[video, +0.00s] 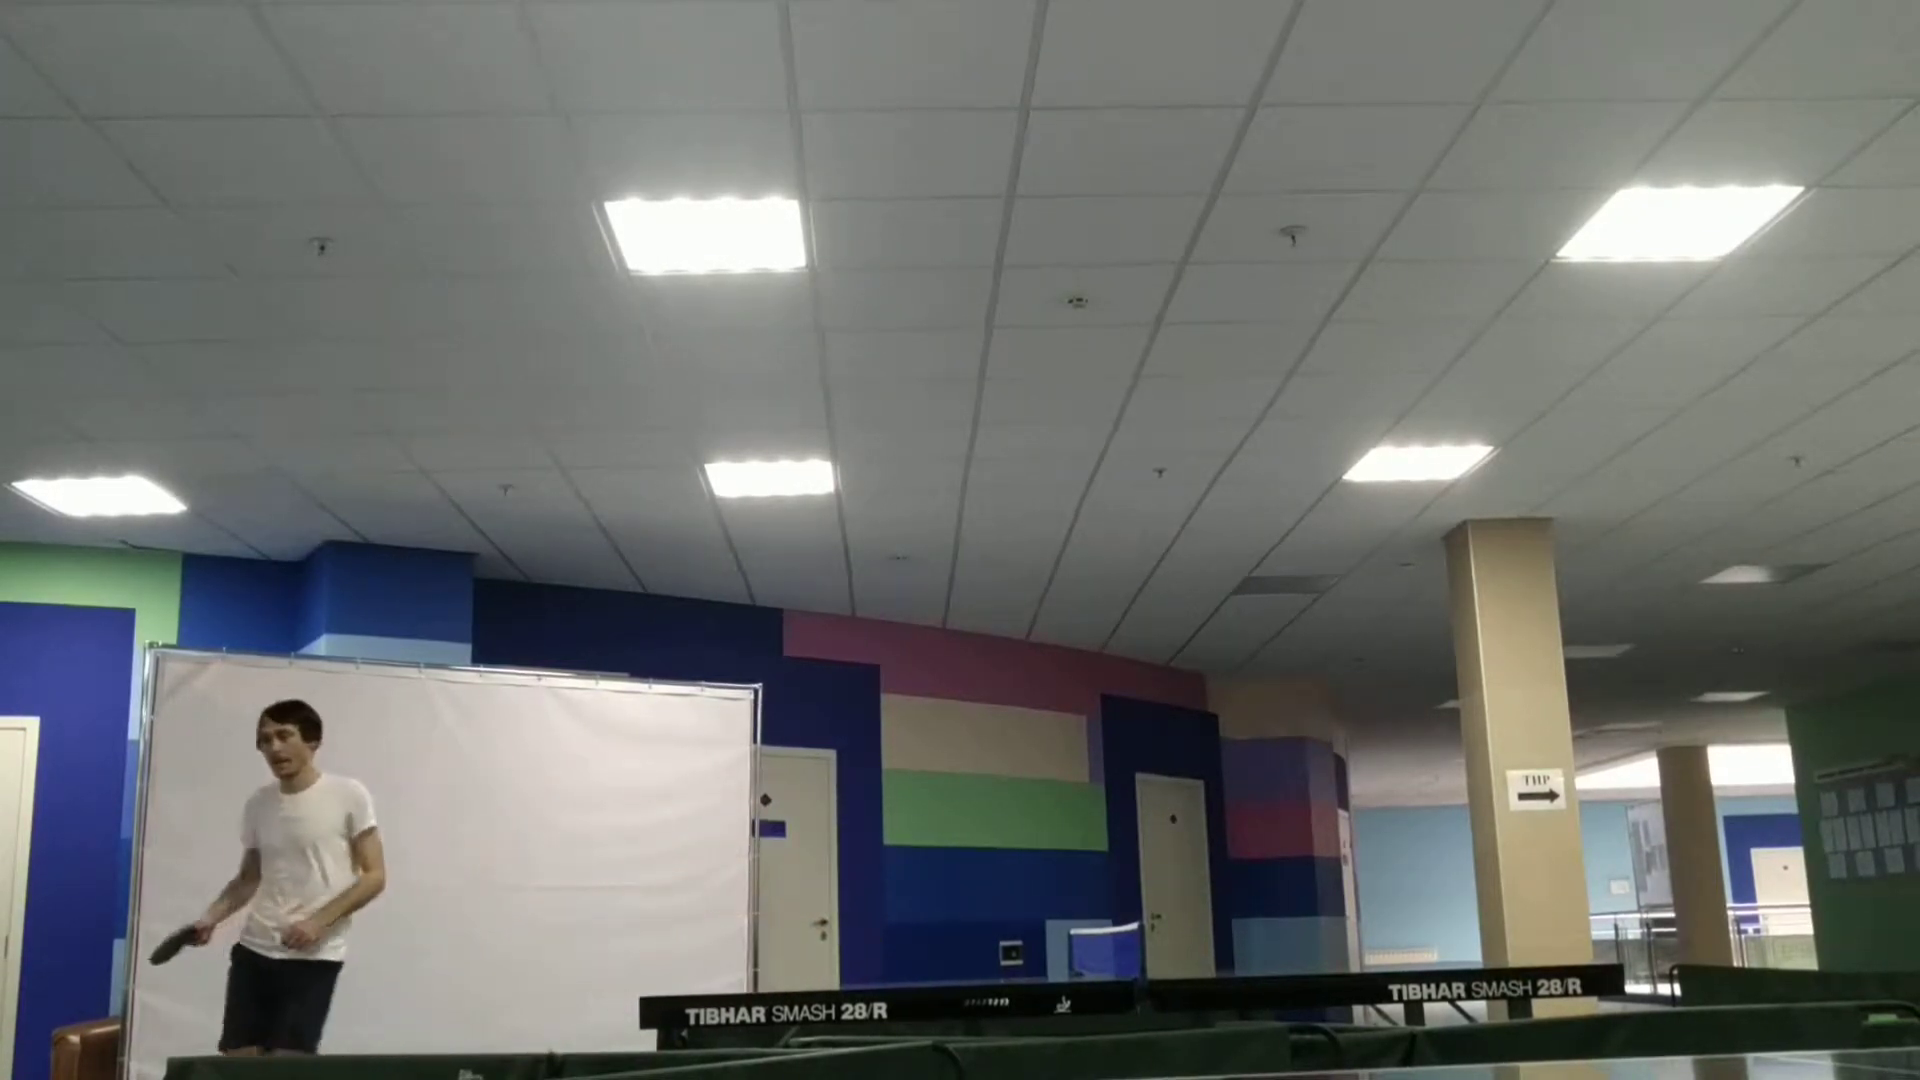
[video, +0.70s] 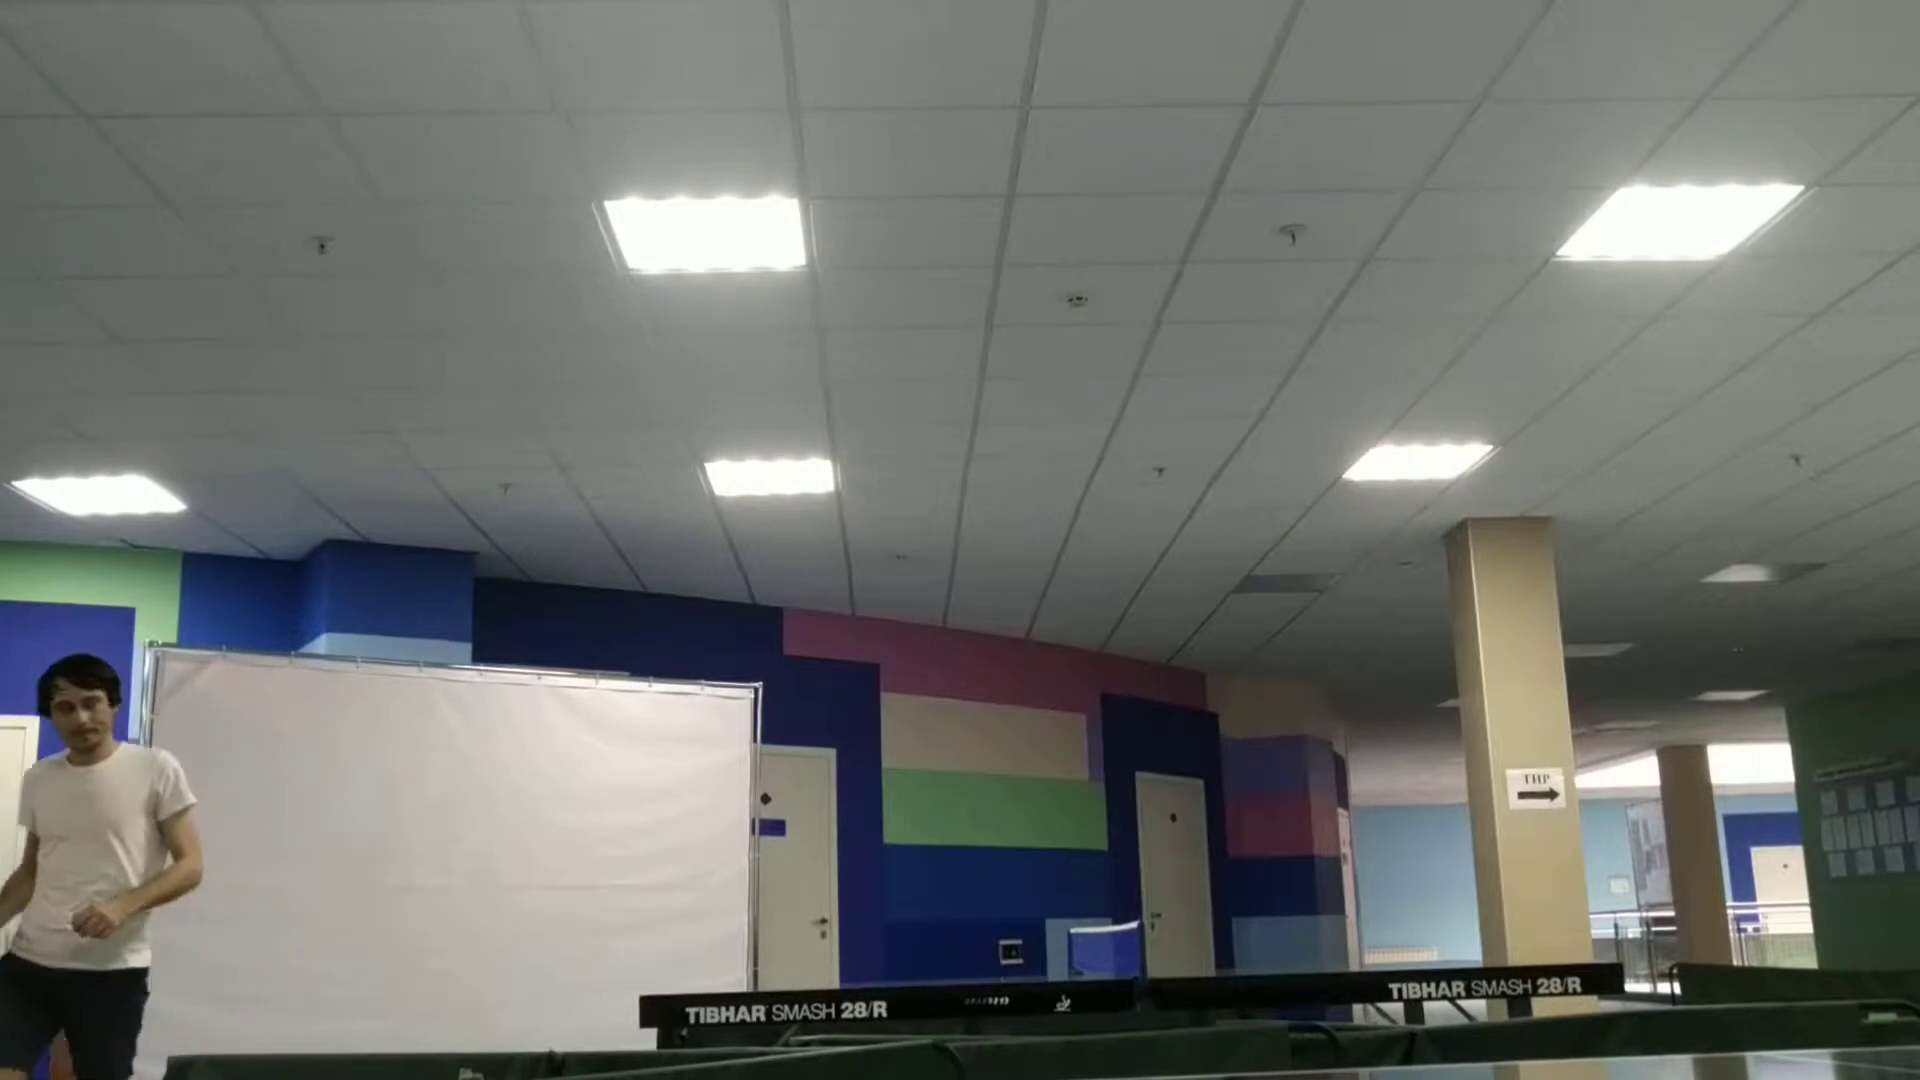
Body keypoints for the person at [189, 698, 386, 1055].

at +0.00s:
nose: (275, 748)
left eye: (284, 737)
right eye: (266, 741)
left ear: (312, 742)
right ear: (260, 749)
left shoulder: (349, 796)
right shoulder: (259, 804)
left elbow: (374, 878)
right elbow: (249, 877)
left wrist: (318, 923)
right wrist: (210, 919)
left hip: (313, 959)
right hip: (254, 953)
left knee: (288, 1062)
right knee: (239, 1059)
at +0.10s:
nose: (250, 741)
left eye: (260, 729)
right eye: (241, 732)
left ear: (288, 733)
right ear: (234, 740)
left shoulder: (324, 791)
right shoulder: (226, 795)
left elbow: (349, 873)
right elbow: (195, 868)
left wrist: (298, 924)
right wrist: (163, 899)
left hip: (284, 955)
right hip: (224, 953)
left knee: (240, 1061)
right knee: (218, 1067)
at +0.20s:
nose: (225, 746)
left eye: (236, 734)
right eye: (216, 736)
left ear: (263, 738)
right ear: (207, 742)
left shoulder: (296, 798)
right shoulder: (195, 797)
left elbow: (320, 881)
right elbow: (146, 867)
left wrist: (275, 936)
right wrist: (124, 888)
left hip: (248, 968)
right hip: (189, 963)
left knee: (210, 1069)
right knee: (195, 1070)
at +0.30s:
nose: (197, 747)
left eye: (209, 735)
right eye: (188, 737)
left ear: (235, 738)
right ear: (179, 742)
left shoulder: (269, 801)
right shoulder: (163, 796)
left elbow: (288, 888)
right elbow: (112, 866)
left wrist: (244, 946)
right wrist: (90, 886)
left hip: (212, 968)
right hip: (151, 965)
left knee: (161, 1071)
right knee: (162, 1073)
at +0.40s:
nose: (167, 740)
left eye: (178, 728)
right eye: (158, 730)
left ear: (206, 730)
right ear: (149, 734)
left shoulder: (241, 795)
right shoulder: (133, 786)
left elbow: (258, 886)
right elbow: (84, 867)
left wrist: (209, 944)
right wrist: (61, 897)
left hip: (181, 967)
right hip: (118, 964)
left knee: (130, 1072)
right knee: (111, 1072)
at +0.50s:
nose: (136, 727)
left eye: (147, 715)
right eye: (125, 717)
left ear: (175, 717)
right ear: (115, 722)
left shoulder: (213, 781)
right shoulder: (101, 777)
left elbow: (233, 876)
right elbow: (69, 862)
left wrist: (177, 931)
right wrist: (40, 905)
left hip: (159, 962)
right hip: (90, 956)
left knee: (116, 1072)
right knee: (55, 1071)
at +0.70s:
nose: (81, 718)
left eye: (92, 704)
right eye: (66, 708)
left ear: (114, 705)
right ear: (51, 717)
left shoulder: (156, 770)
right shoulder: (39, 778)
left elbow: (191, 867)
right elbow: (29, 871)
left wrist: (122, 907)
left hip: (112, 975)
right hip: (29, 967)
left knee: (104, 1075)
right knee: (7, 1071)